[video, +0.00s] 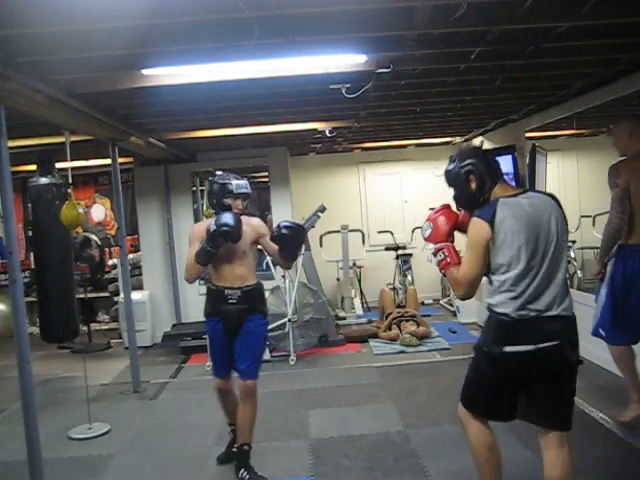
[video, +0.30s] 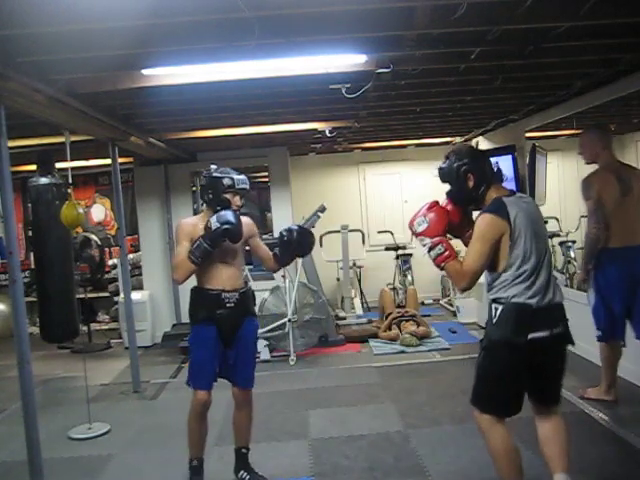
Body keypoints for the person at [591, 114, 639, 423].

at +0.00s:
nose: (611, 135)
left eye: (614, 129)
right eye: (612, 129)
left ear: (629, 131)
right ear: (630, 132)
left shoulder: (623, 169)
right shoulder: (624, 169)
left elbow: (618, 221)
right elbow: (618, 220)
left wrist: (601, 258)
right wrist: (603, 258)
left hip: (629, 255)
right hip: (628, 254)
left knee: (615, 328)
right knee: (615, 328)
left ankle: (634, 396)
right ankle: (633, 395)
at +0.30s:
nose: (580, 153)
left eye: (583, 146)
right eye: (580, 146)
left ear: (599, 144)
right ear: (604, 144)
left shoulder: (593, 181)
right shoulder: (634, 173)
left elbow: (596, 230)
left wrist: (584, 267)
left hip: (612, 258)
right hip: (635, 253)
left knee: (609, 325)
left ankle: (607, 387)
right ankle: (608, 385)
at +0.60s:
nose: (552, 155)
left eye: (555, 149)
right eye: (551, 149)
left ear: (570, 147)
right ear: (575, 146)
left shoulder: (567, 182)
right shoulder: (610, 175)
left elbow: (557, 230)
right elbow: (623, 224)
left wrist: (544, 260)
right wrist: (629, 262)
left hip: (581, 254)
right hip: (610, 251)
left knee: (595, 324)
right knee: (613, 322)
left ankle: (604, 387)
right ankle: (629, 375)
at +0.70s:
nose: (548, 153)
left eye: (551, 148)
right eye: (547, 148)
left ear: (567, 147)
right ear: (571, 147)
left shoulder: (563, 181)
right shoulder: (603, 175)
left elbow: (552, 226)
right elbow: (617, 219)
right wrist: (625, 256)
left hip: (576, 251)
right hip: (602, 248)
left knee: (591, 320)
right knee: (597, 318)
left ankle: (603, 385)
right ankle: (603, 379)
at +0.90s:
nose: (543, 155)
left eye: (546, 149)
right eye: (542, 150)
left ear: (560, 148)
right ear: (563, 150)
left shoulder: (563, 180)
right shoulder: (586, 177)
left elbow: (554, 227)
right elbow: (596, 223)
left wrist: (529, 248)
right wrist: (596, 257)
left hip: (570, 247)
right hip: (586, 246)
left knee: (583, 313)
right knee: (568, 306)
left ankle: (603, 382)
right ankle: (562, 361)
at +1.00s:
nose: (539, 156)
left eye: (542, 152)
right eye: (538, 152)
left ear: (555, 152)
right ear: (552, 154)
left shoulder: (565, 181)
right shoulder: (571, 179)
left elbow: (558, 226)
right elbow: (567, 220)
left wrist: (536, 252)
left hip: (569, 249)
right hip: (566, 248)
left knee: (583, 313)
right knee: (559, 309)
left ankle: (604, 380)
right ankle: (560, 365)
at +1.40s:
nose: (525, 155)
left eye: (529, 150)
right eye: (522, 151)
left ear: (541, 151)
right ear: (520, 155)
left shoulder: (558, 176)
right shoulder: (529, 187)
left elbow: (584, 212)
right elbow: (521, 224)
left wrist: (570, 243)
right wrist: (504, 255)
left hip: (567, 245)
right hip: (546, 247)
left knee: (568, 311)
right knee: (555, 312)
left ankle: (588, 373)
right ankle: (560, 367)